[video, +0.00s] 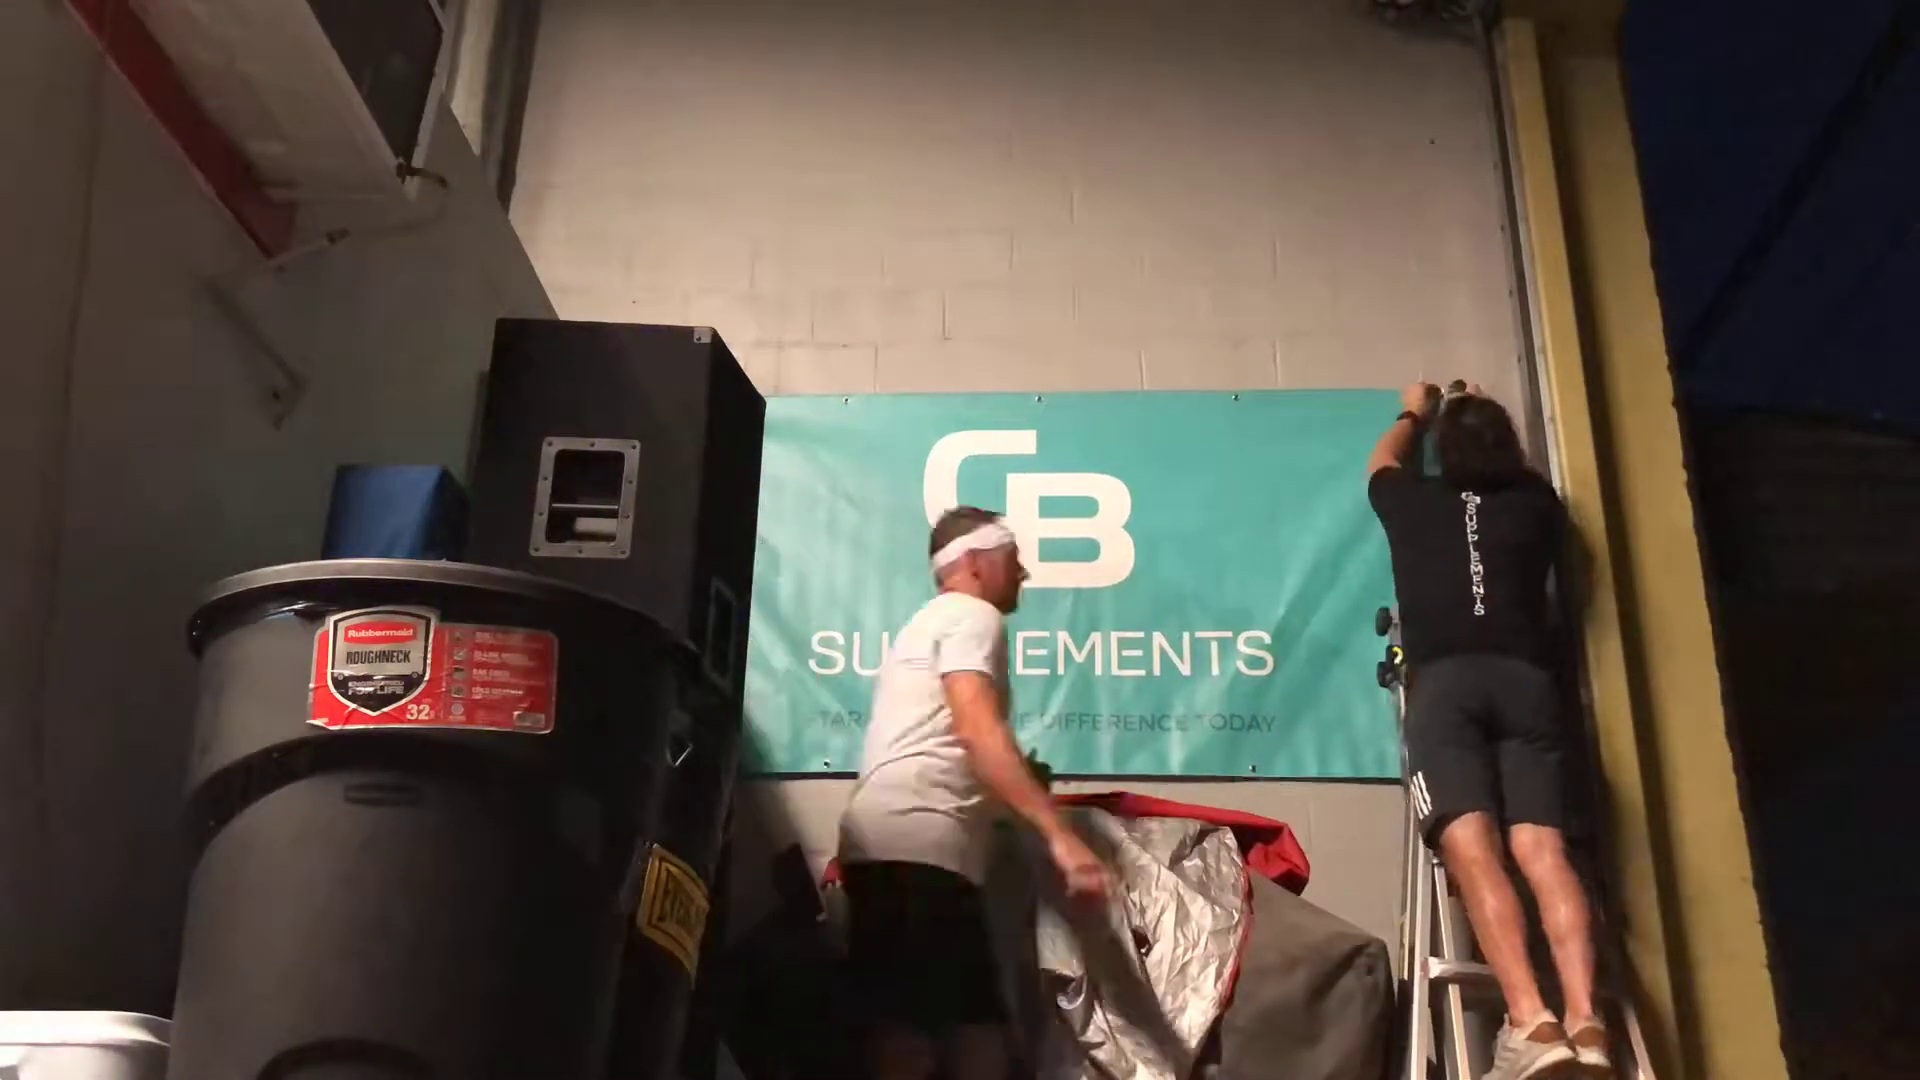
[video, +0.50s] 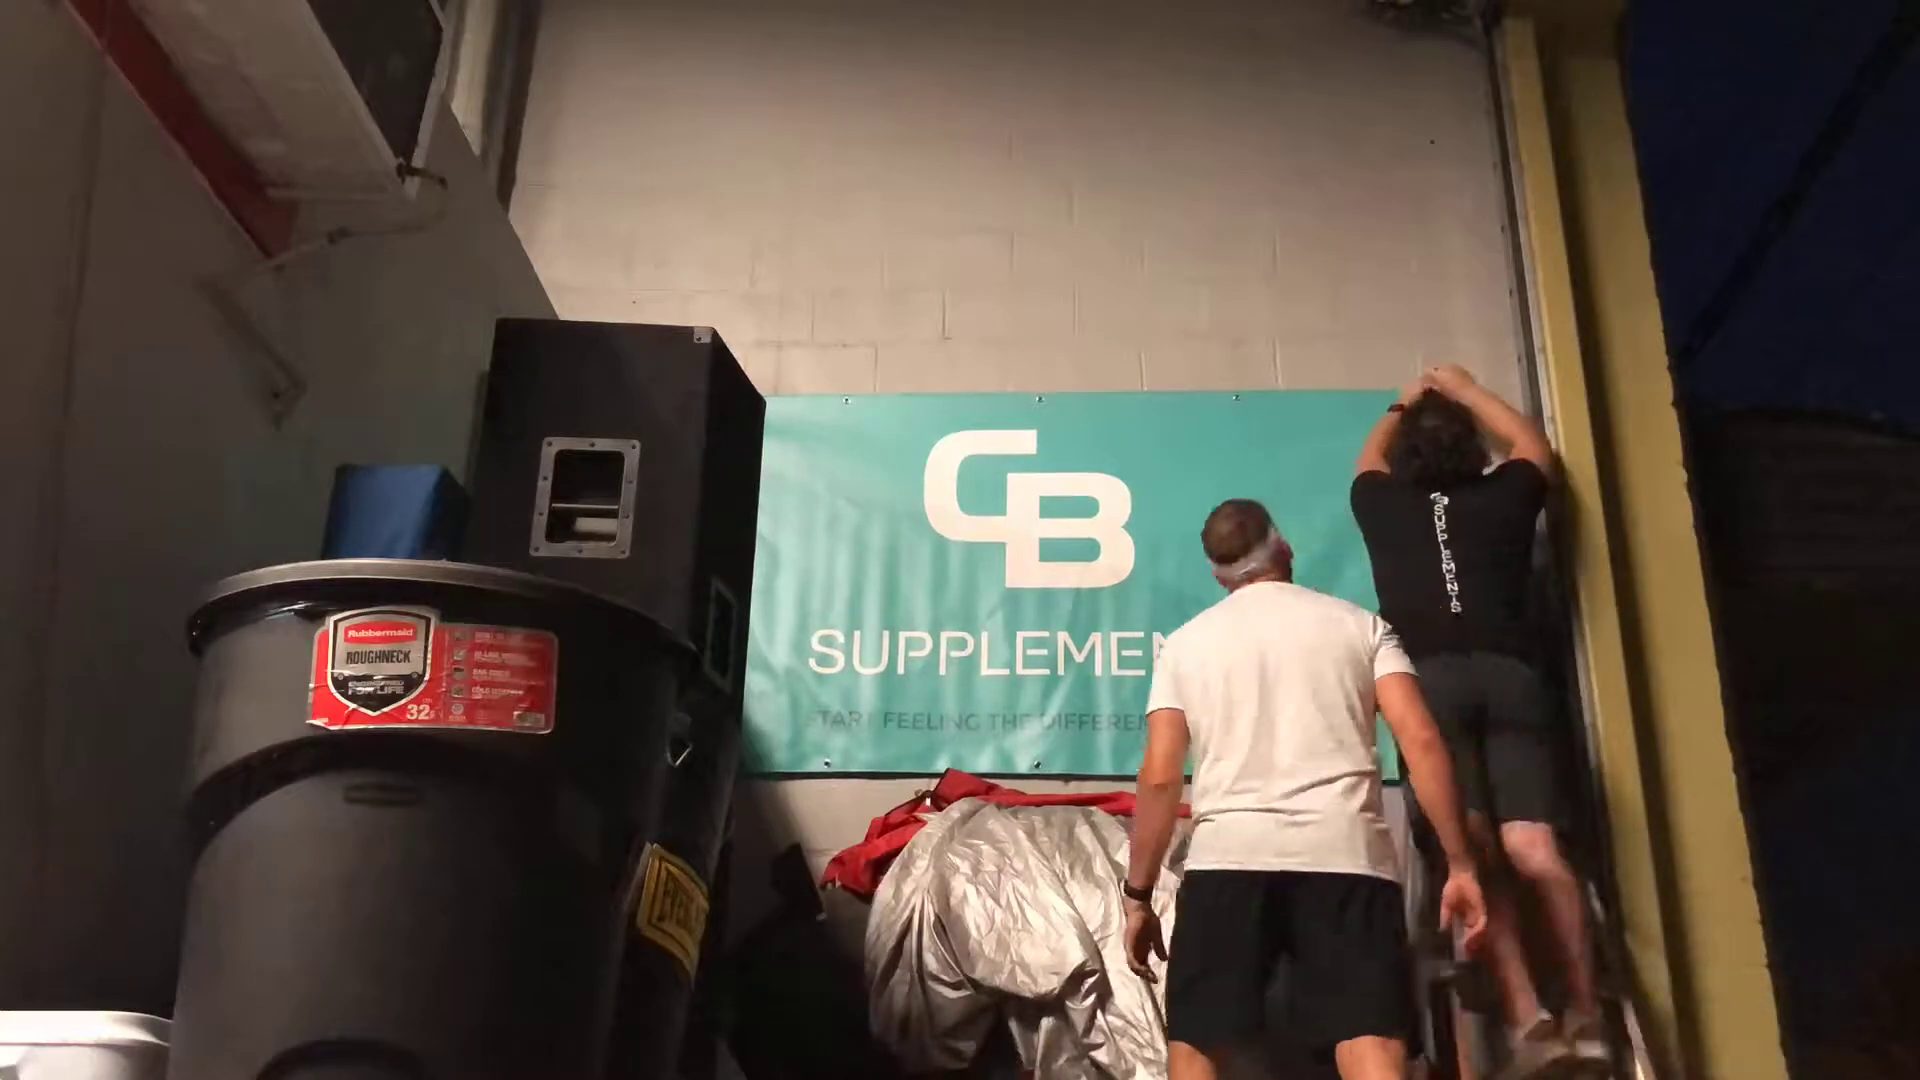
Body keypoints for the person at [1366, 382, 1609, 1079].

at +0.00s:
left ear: (1441, 457)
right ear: (1511, 455)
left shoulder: (1412, 505)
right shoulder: (1536, 509)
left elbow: (1384, 464)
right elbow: (1520, 474)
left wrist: (1412, 415)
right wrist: (1479, 425)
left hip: (1443, 680)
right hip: (1526, 678)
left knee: (1476, 860)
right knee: (1544, 849)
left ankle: (1531, 1022)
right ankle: (1584, 1016)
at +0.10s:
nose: (1475, 443)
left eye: (1476, 441)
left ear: (1468, 459)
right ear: (1532, 461)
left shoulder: (1433, 504)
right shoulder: (1548, 512)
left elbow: (1381, 471)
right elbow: (1518, 470)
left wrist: (1413, 413)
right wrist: (1486, 418)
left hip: (1458, 690)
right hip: (1539, 688)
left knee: (1477, 860)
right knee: (1561, 849)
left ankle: (1525, 1025)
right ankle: (1591, 1017)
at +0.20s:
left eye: (1468, 440)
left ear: (1459, 449)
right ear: (1525, 445)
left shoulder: (1428, 501)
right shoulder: (1550, 505)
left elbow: (1382, 476)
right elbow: (1529, 470)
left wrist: (1412, 415)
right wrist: (1485, 413)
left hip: (1465, 701)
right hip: (1552, 697)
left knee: (1489, 868)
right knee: (1562, 860)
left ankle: (1529, 1029)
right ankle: (1593, 1024)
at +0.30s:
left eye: (1430, 435)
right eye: (1472, 437)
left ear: (1421, 457)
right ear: (1480, 450)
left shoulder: (1403, 504)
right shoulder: (1514, 499)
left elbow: (1378, 467)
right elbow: (1505, 457)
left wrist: (1410, 413)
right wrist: (1469, 413)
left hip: (1446, 696)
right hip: (1524, 685)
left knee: (1482, 868)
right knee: (1548, 853)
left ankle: (1526, 1028)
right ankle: (1587, 1012)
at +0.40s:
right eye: (1464, 439)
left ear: (1414, 463)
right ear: (1477, 453)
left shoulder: (1397, 509)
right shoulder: (1513, 502)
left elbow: (1372, 460)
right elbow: (1506, 457)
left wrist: (1405, 407)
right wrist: (1470, 411)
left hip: (1443, 705)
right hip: (1525, 695)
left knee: (1482, 871)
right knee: (1550, 853)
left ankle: (1524, 1026)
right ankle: (1587, 1010)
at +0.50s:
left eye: (1411, 438)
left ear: (1408, 460)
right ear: (1476, 453)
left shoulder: (1384, 506)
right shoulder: (1505, 496)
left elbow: (1374, 456)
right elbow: (1528, 449)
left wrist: (1403, 408)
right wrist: (1468, 392)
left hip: (1429, 681)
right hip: (1511, 673)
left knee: (1473, 858)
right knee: (1534, 846)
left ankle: (1527, 1020)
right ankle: (1586, 1018)